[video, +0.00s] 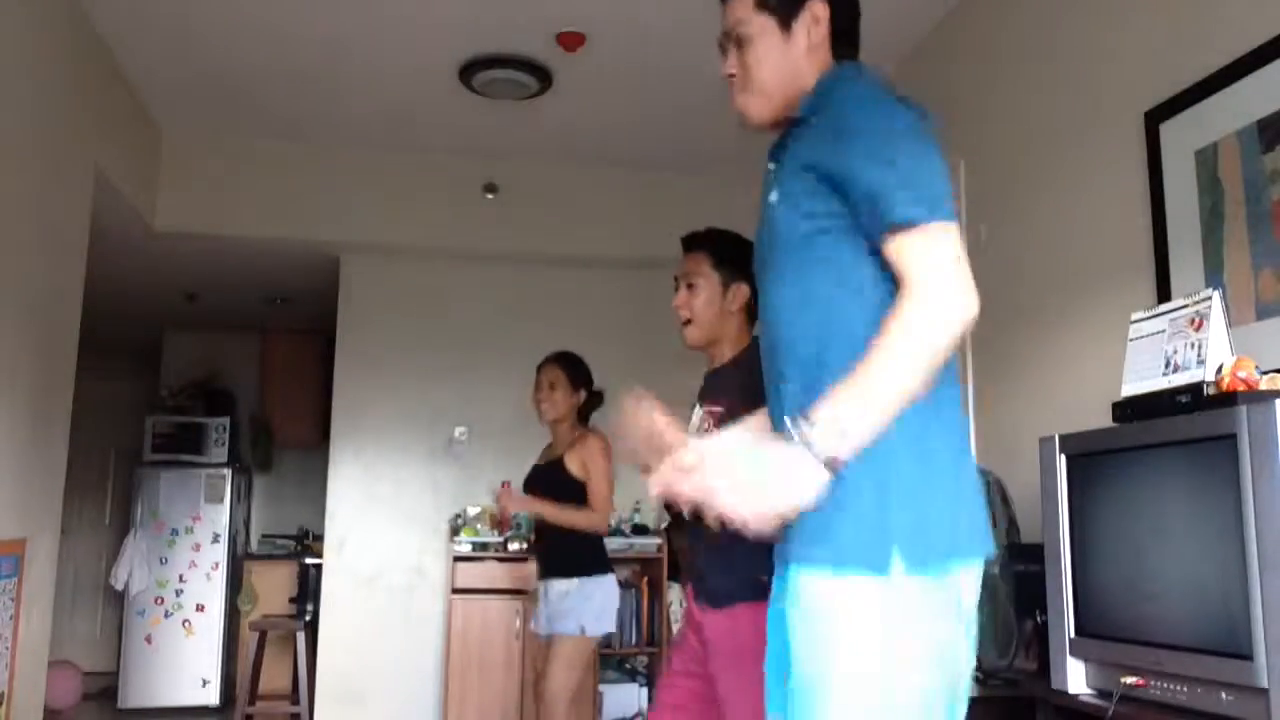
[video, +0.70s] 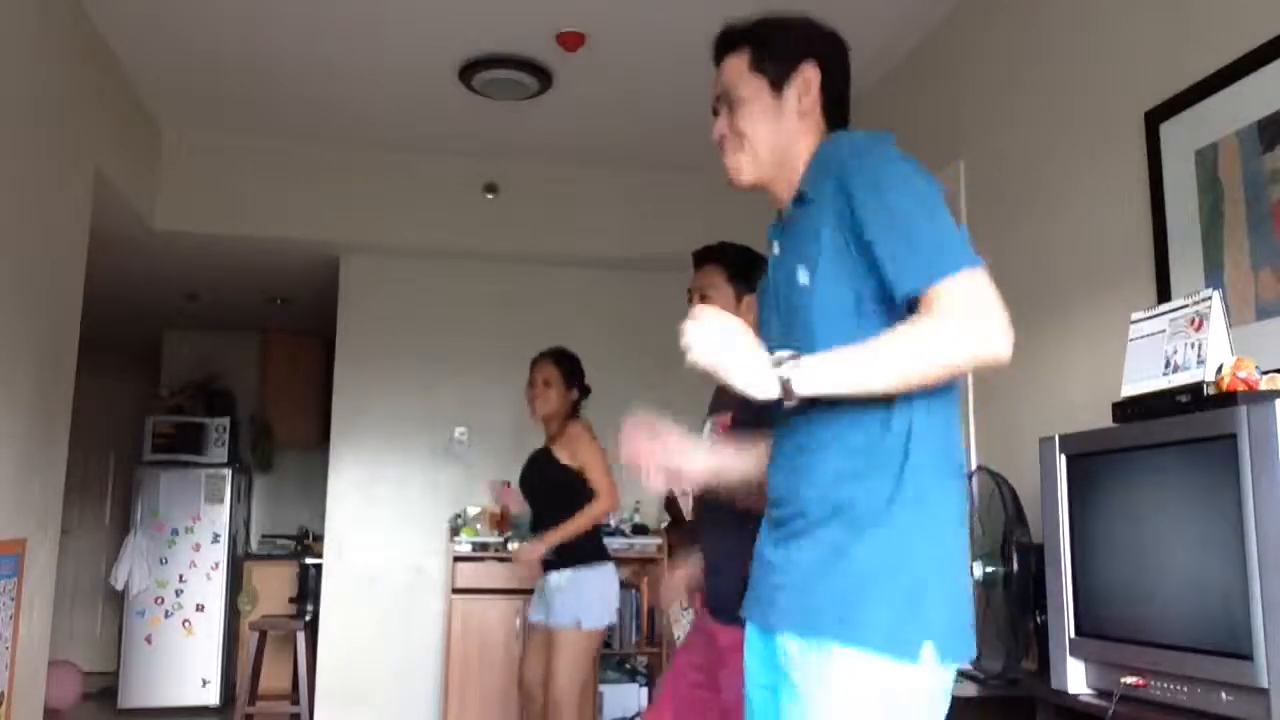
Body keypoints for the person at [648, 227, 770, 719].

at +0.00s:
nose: (677, 303)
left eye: (691, 286)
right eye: (678, 288)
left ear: (737, 296)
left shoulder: (764, 375)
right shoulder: (714, 383)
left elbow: (764, 499)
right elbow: (713, 493)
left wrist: (674, 454)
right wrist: (664, 456)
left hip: (751, 612)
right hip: (702, 607)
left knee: (750, 715)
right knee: (670, 715)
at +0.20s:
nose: (681, 325)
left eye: (696, 309)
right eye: (683, 311)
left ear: (742, 320)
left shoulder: (772, 401)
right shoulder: (714, 411)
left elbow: (800, 524)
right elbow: (713, 522)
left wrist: (697, 559)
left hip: (753, 631)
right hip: (707, 629)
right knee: (685, 714)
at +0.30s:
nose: (681, 317)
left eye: (695, 301)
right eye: (683, 303)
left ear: (743, 312)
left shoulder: (777, 404)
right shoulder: (717, 406)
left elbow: (804, 505)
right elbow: (724, 503)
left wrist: (725, 503)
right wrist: (692, 569)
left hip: (762, 633)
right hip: (709, 627)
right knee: (661, 712)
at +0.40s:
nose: (682, 303)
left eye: (695, 287)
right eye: (682, 288)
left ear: (743, 296)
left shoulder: (767, 376)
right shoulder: (711, 382)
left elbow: (775, 482)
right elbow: (716, 495)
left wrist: (684, 465)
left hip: (756, 608)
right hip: (710, 603)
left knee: (752, 712)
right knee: (670, 712)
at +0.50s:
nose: (686, 311)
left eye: (700, 297)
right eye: (687, 298)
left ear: (745, 308)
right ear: (735, 311)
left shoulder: (770, 381)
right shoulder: (721, 390)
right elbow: (711, 500)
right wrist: (653, 460)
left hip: (751, 604)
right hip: (716, 603)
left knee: (730, 712)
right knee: (694, 710)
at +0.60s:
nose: (690, 321)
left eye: (704, 305)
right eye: (691, 307)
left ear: (749, 318)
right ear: (742, 320)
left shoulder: (773, 402)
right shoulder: (731, 403)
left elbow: (786, 523)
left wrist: (701, 568)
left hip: (749, 627)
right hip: (715, 624)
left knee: (722, 711)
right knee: (693, 711)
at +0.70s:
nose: (694, 313)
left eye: (705, 298)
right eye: (693, 300)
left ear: (749, 302)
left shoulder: (782, 388)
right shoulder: (728, 391)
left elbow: (791, 488)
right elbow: (733, 504)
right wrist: (692, 563)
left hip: (764, 624)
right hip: (715, 616)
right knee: (667, 713)